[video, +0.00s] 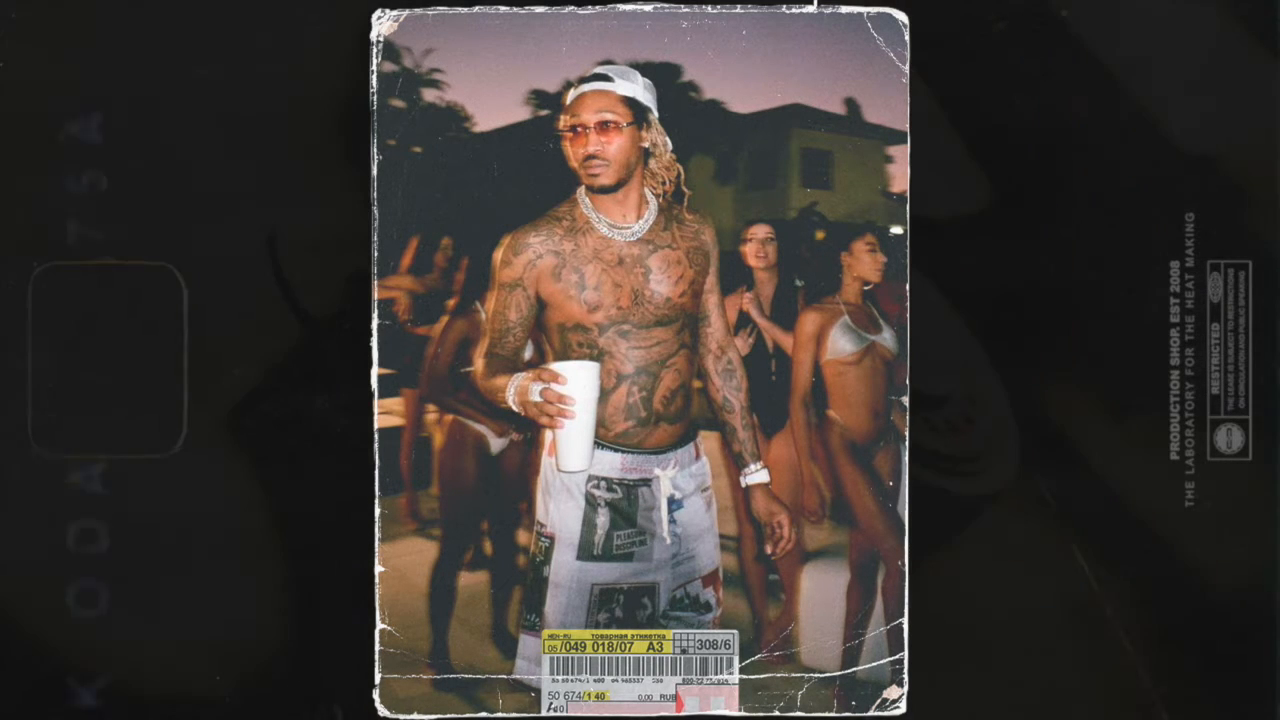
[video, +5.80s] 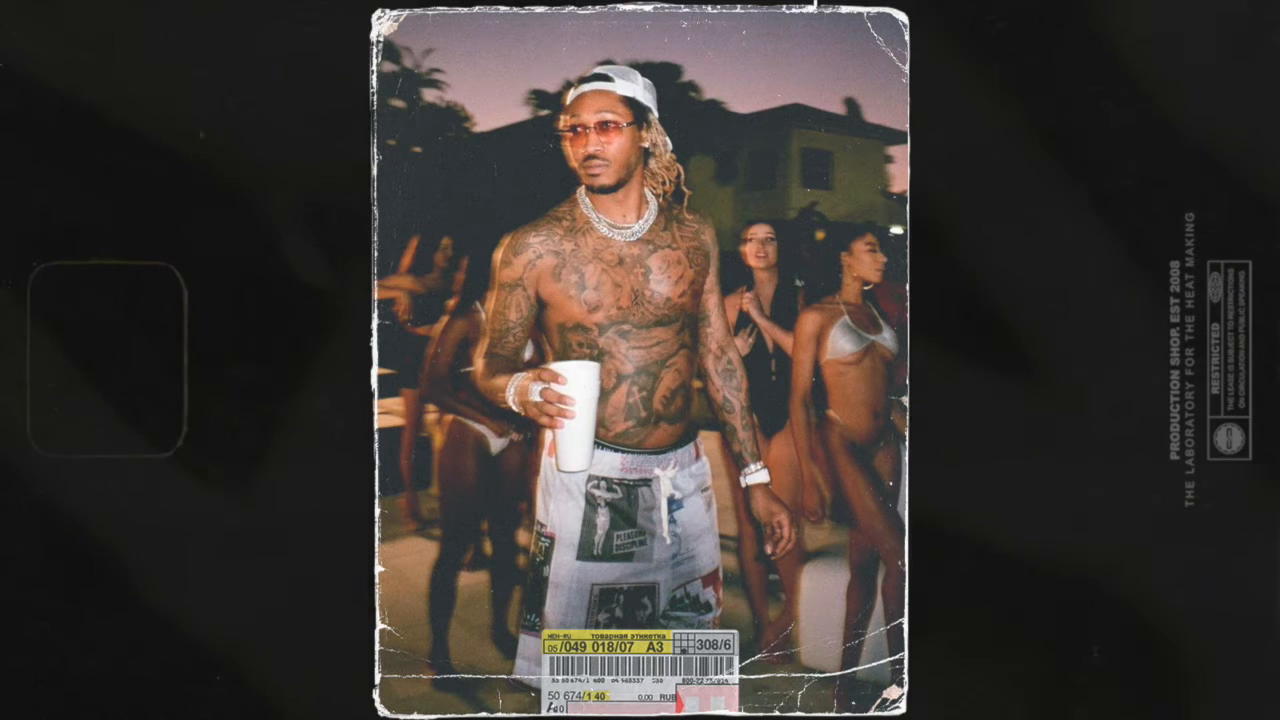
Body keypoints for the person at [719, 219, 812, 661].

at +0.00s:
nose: (760, 249)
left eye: (768, 241)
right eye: (752, 242)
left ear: (781, 249)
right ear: (741, 250)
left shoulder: (797, 295)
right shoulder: (730, 300)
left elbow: (803, 352)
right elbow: (713, 365)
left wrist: (761, 318)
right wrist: (736, 343)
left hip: (784, 419)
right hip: (738, 420)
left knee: (784, 520)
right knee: (748, 525)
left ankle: (793, 614)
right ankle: (761, 620)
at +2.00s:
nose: (760, 249)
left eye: (768, 241)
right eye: (752, 242)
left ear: (781, 249)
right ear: (741, 250)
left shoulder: (798, 296)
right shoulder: (731, 300)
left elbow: (804, 352)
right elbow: (714, 364)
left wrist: (762, 319)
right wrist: (733, 344)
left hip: (784, 419)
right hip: (738, 420)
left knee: (785, 521)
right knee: (749, 527)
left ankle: (794, 613)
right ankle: (763, 623)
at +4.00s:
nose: (761, 249)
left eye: (769, 241)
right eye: (752, 242)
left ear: (781, 249)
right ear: (741, 250)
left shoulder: (797, 295)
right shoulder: (730, 300)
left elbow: (803, 352)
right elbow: (714, 364)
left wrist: (761, 318)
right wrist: (738, 336)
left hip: (783, 419)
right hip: (738, 422)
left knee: (784, 520)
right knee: (748, 526)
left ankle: (794, 614)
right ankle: (761, 622)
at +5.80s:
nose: (760, 249)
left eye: (768, 241)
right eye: (752, 242)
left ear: (781, 249)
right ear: (741, 250)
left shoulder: (797, 296)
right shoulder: (730, 299)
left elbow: (803, 352)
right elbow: (714, 364)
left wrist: (761, 317)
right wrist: (735, 337)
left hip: (784, 420)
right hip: (738, 420)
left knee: (783, 521)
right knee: (749, 525)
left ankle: (793, 614)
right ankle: (762, 623)